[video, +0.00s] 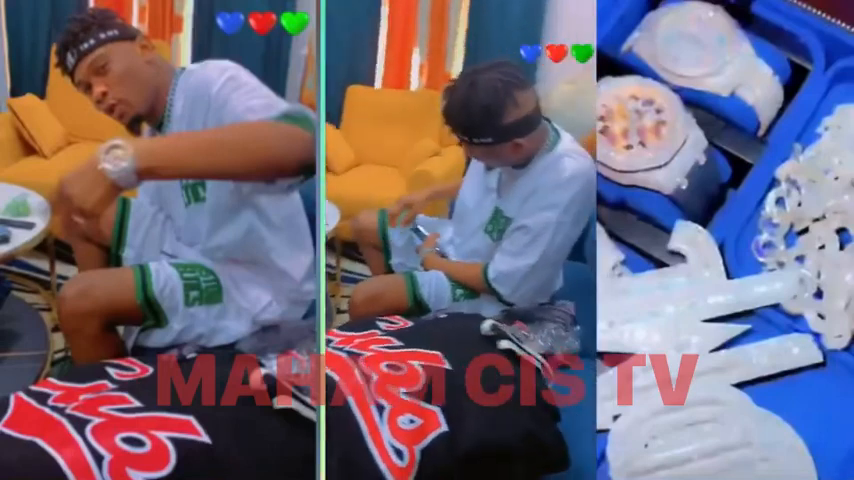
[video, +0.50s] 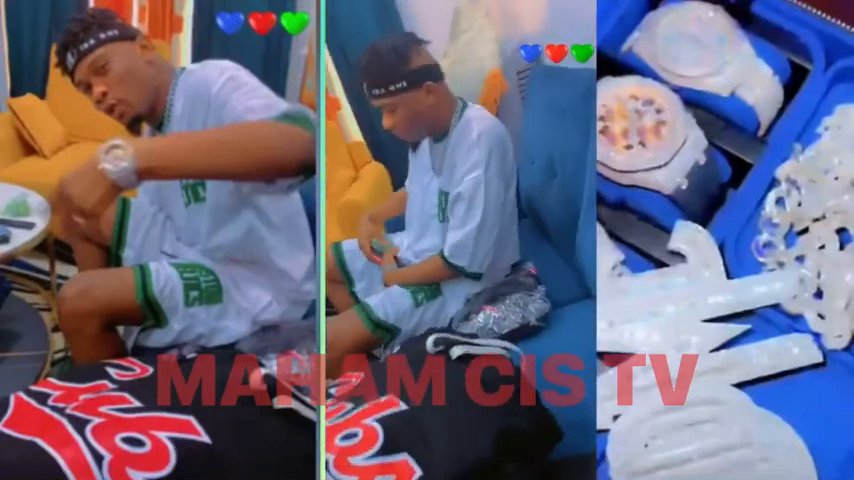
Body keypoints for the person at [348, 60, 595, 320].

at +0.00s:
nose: (464, 148)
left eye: (470, 143)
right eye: (463, 140)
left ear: (516, 148)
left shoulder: (567, 175)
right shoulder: (500, 134)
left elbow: (506, 282)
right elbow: (478, 186)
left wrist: (434, 261)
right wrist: (428, 194)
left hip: (493, 286)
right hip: (461, 239)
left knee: (366, 297)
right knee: (367, 226)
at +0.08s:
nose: (446, 141)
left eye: (449, 135)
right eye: (444, 133)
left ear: (492, 134)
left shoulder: (546, 165)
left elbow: (495, 276)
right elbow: (473, 188)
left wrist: (421, 263)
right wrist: (428, 192)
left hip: (486, 282)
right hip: (454, 235)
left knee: (352, 306)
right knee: (356, 234)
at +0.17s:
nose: (430, 134)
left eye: (434, 126)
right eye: (427, 125)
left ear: (475, 125)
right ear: (477, 122)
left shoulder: (530, 155)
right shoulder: (478, 136)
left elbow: (488, 272)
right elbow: (467, 186)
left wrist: (413, 266)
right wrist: (420, 194)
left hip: (477, 281)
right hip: (444, 236)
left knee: (343, 315)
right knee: (347, 241)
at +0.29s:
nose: (403, 120)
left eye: (405, 110)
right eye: (399, 110)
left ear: (446, 101)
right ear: (449, 100)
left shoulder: (501, 139)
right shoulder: (458, 122)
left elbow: (472, 257)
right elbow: (450, 184)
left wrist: (396, 265)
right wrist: (399, 196)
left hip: (462, 275)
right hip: (428, 235)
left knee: (333, 321)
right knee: (332, 244)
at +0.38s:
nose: (393, 119)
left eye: (397, 109)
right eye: (390, 109)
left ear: (435, 94)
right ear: (435, 94)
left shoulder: (489, 136)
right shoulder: (439, 119)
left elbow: (459, 258)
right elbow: (433, 186)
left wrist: (390, 268)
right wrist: (381, 204)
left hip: (462, 276)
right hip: (422, 237)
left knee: (333, 327)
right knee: (330, 252)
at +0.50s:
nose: (385, 124)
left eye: (391, 111)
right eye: (382, 112)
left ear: (429, 94)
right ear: (428, 94)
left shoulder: (481, 140)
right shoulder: (426, 129)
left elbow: (464, 260)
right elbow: (417, 190)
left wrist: (394, 276)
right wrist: (374, 216)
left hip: (462, 277)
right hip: (420, 247)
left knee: (329, 339)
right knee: (329, 263)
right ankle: (374, 347)